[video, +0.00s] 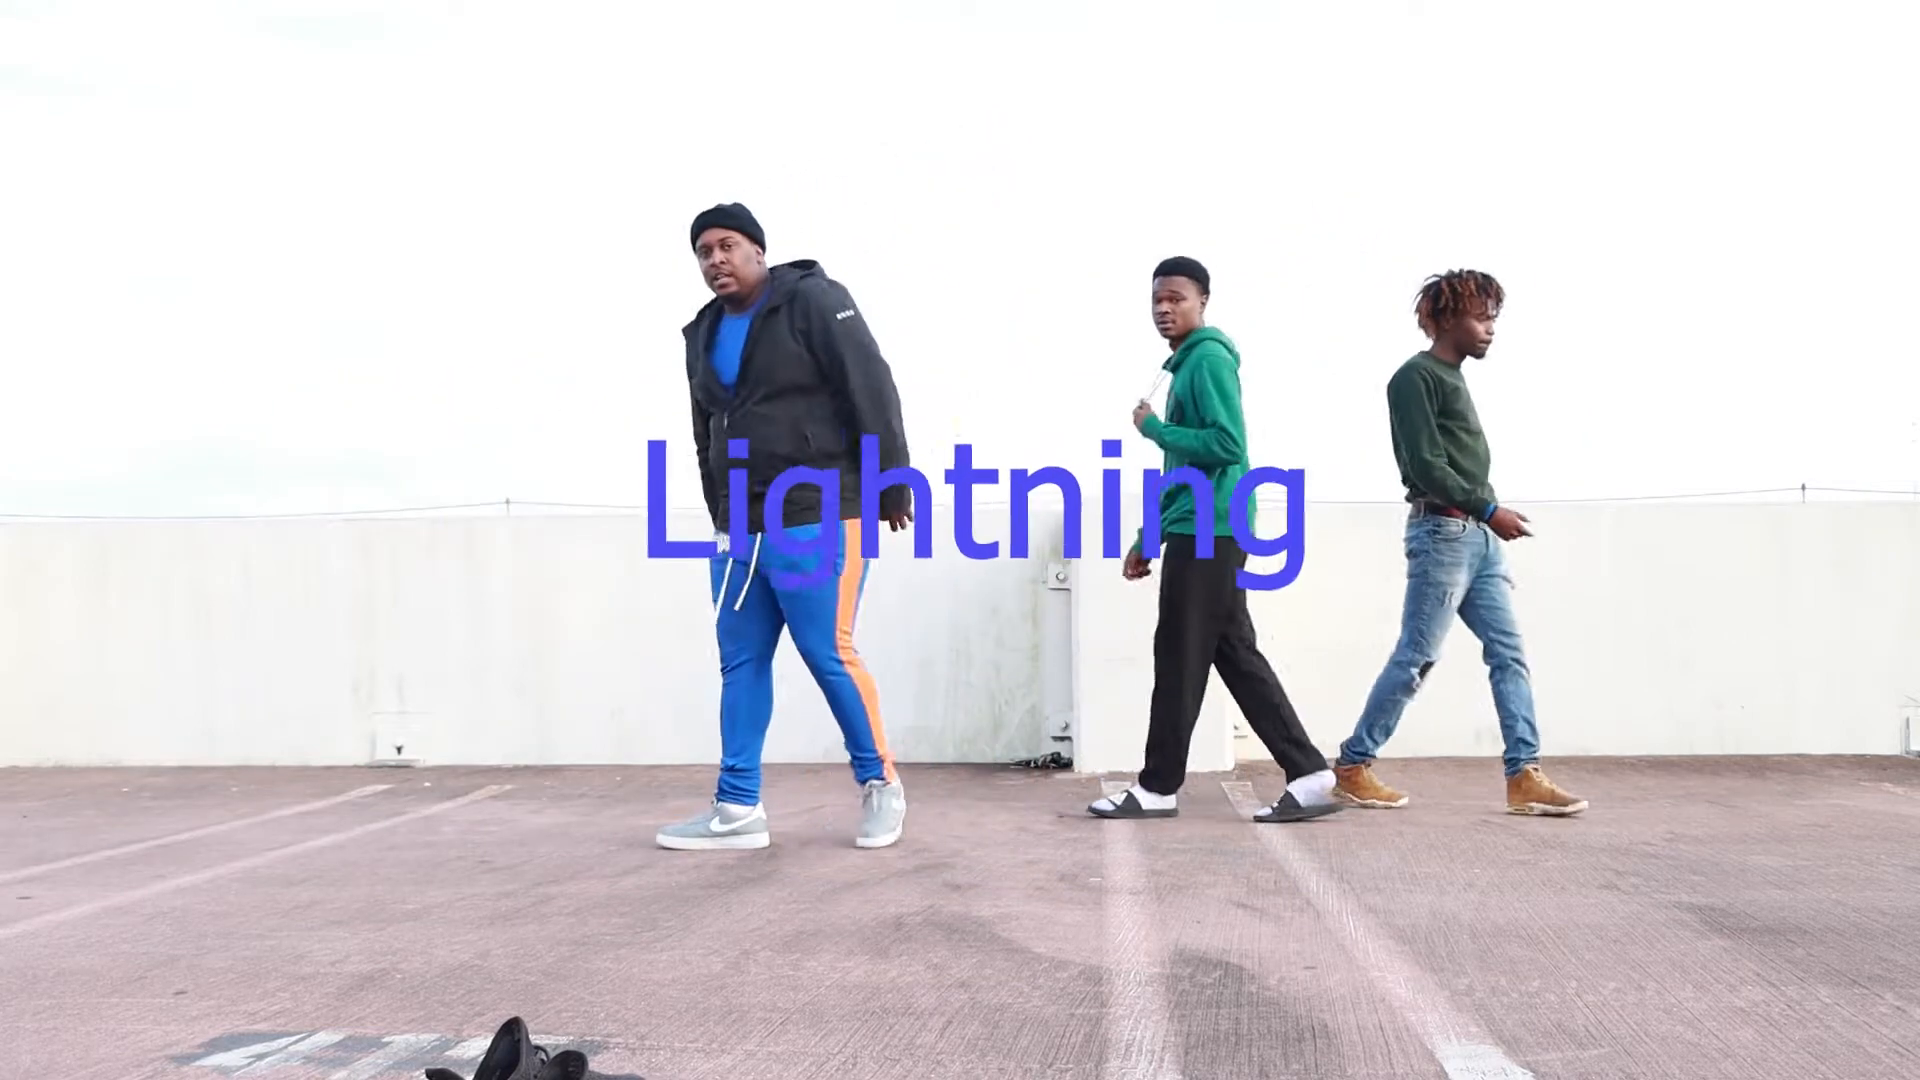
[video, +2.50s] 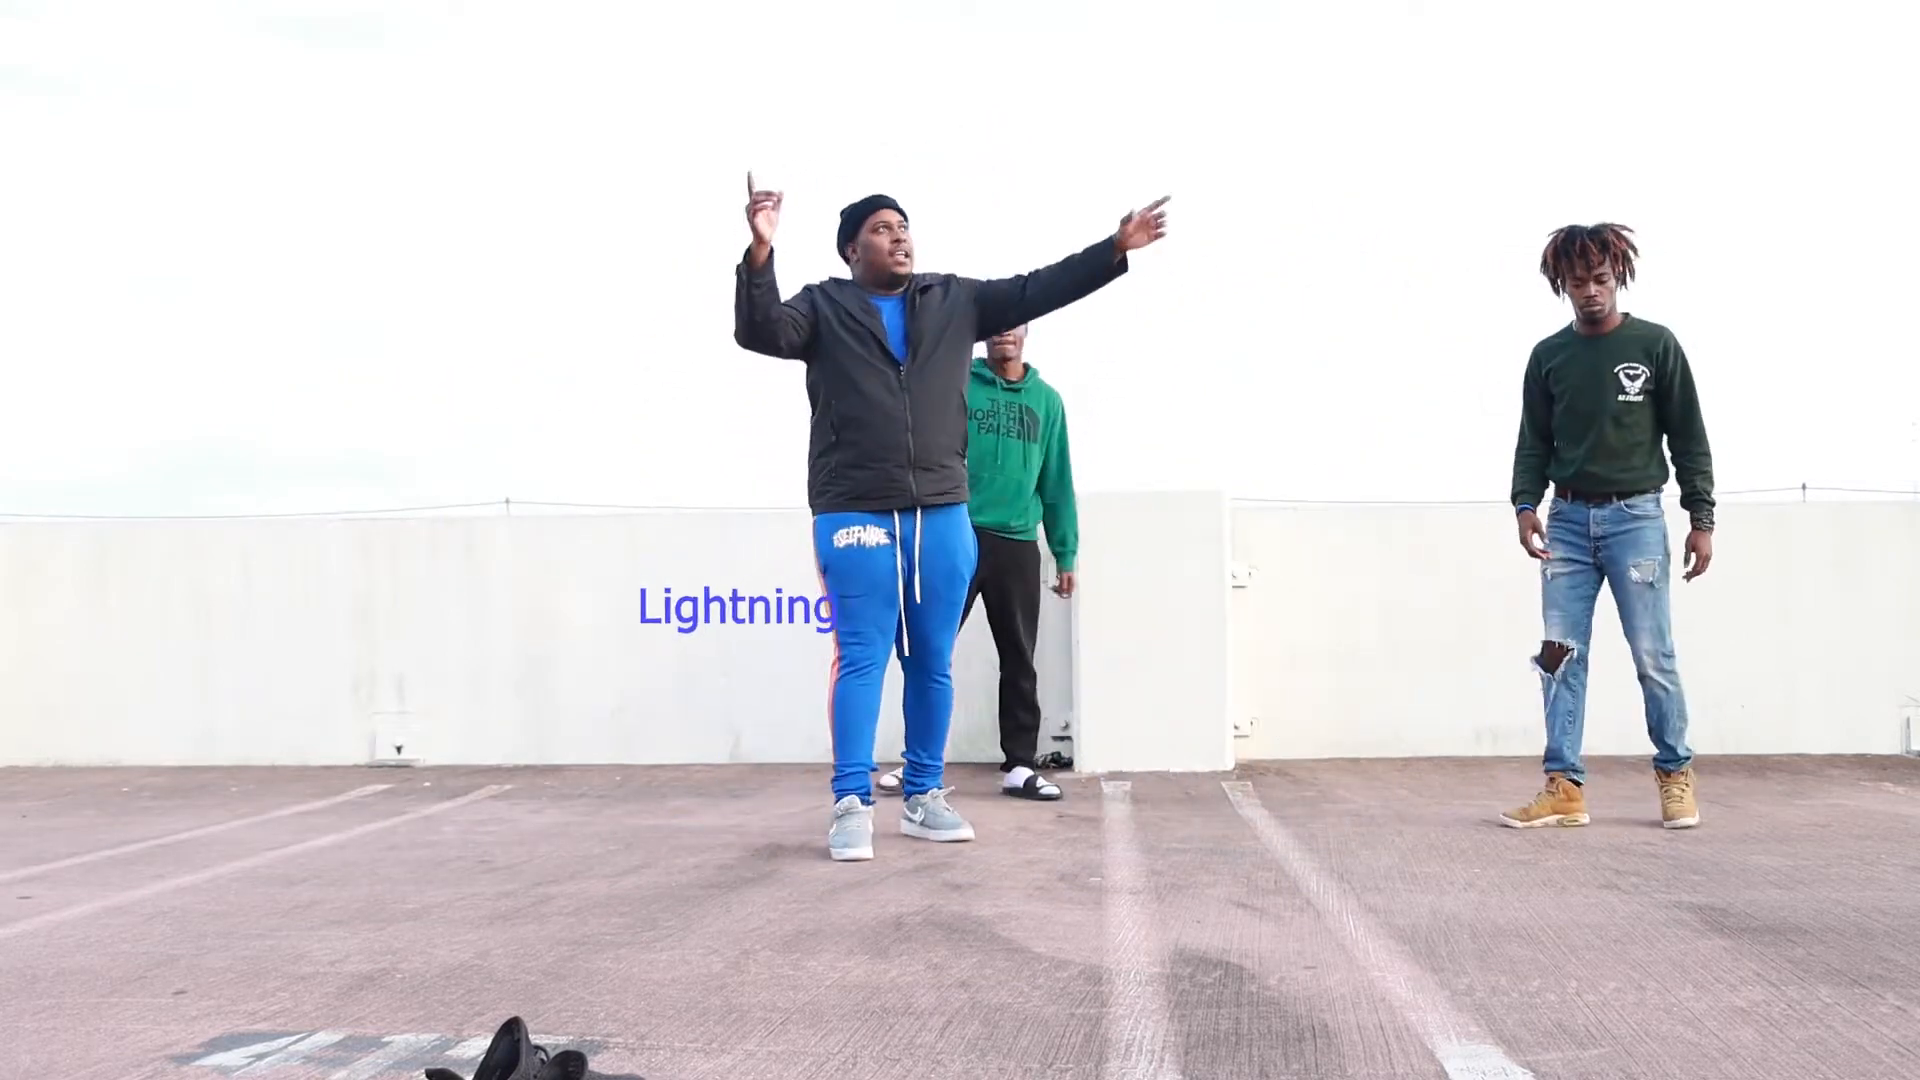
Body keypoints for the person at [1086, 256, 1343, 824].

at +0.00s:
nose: (1165, 309)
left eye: (1177, 298)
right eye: (1158, 300)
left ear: (1203, 305)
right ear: (1153, 308)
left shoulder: (1208, 357)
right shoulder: (1187, 365)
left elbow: (1227, 446)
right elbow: (1178, 472)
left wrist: (1158, 429)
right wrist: (1149, 539)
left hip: (1204, 532)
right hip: (1197, 532)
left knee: (1179, 657)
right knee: (1237, 656)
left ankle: (1157, 788)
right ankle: (1311, 776)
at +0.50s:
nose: (1083, 309)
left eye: (1094, 298)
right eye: (1079, 300)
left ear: (1125, 299)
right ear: (1081, 305)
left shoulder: (1127, 355)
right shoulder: (1117, 356)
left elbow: (1133, 443)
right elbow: (1127, 445)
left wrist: (1062, 433)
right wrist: (1094, 501)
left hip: (1128, 523)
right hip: (1110, 522)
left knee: (1127, 648)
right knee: (1084, 641)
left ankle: (1156, 785)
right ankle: (1092, 775)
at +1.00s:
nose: (1013, 316)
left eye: (1023, 306)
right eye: (1005, 308)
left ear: (1044, 310)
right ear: (996, 316)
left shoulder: (1070, 361)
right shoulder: (998, 387)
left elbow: (1112, 434)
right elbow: (987, 474)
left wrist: (1044, 438)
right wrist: (964, 541)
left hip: (1075, 528)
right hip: (1022, 534)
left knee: (1098, 651)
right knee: (1015, 657)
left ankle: (1148, 781)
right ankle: (1014, 782)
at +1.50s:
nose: (997, 324)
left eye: (1004, 314)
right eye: (986, 316)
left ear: (1017, 316)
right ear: (967, 322)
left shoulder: (1052, 368)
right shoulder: (960, 387)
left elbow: (1094, 434)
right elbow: (948, 478)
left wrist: (1073, 445)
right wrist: (934, 548)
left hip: (1058, 535)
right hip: (998, 537)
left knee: (1065, 646)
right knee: (1000, 655)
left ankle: (1040, 751)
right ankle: (1011, 779)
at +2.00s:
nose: (1044, 342)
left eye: (1051, 334)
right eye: (1036, 333)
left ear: (1057, 338)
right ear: (1016, 334)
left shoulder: (1067, 394)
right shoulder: (986, 384)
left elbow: (1070, 471)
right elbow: (963, 457)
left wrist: (1090, 472)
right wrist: (964, 523)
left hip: (1051, 537)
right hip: (997, 534)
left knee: (1044, 655)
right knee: (998, 654)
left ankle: (1029, 766)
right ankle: (1000, 771)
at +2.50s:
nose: (1007, 338)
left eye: (1015, 330)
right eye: (999, 330)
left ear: (1025, 337)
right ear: (984, 337)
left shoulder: (1046, 400)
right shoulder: (957, 382)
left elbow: (1057, 482)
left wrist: (1065, 557)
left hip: (1017, 542)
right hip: (960, 533)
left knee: (1019, 659)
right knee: (927, 650)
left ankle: (1019, 767)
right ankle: (917, 766)